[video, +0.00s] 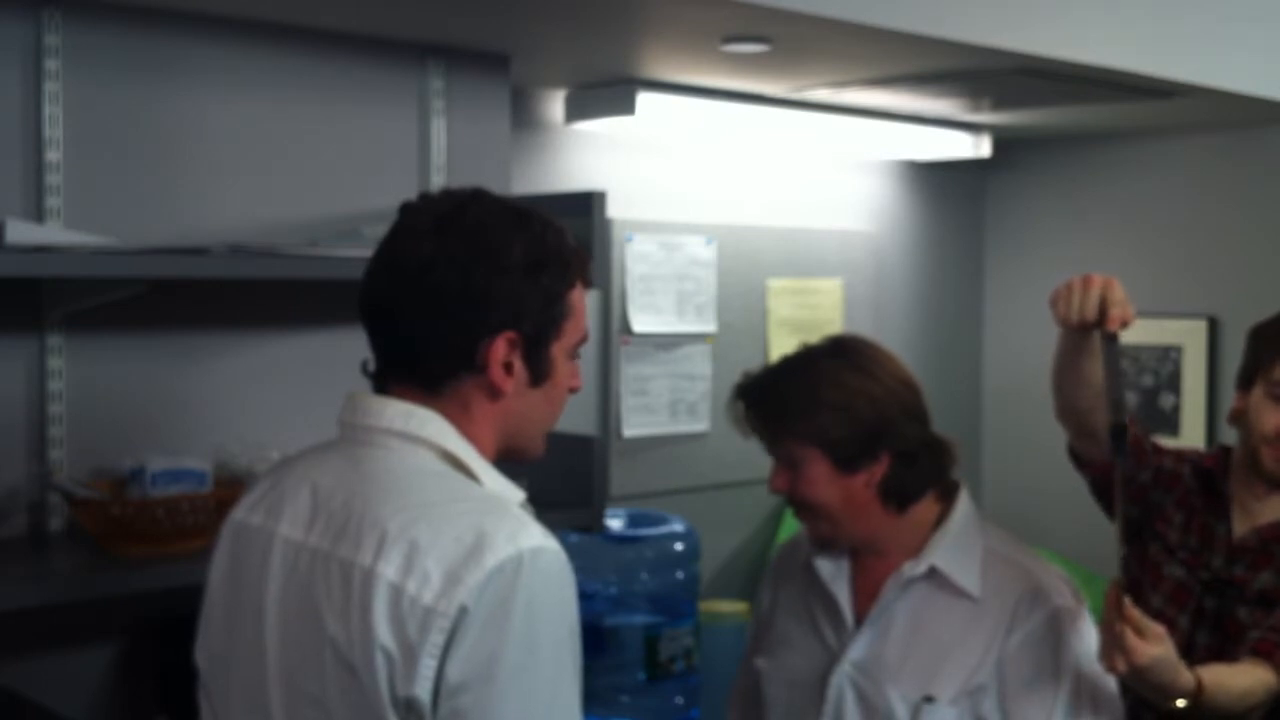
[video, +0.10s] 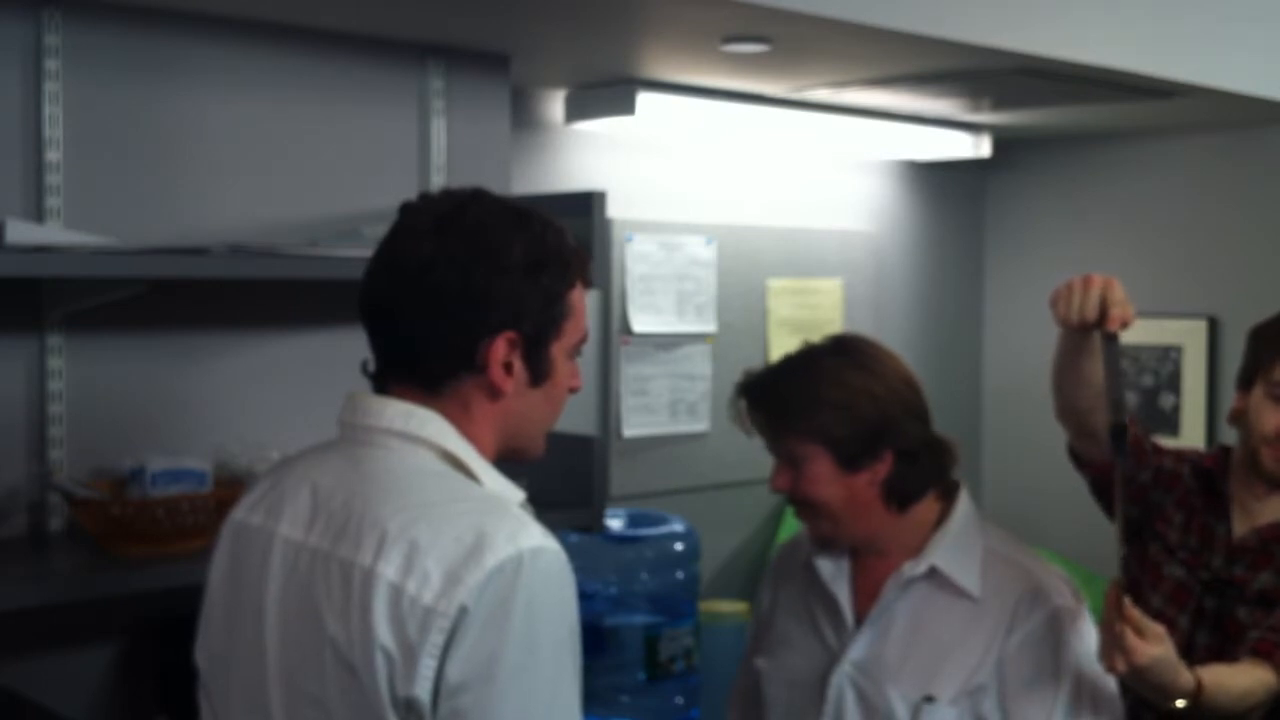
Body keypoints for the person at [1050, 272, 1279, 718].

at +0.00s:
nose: (1278, 421)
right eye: (1275, 396)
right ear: (1241, 401)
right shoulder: (1167, 485)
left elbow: (1267, 676)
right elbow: (1088, 427)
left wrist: (1185, 686)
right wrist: (1083, 328)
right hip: (1130, 703)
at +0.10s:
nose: (1278, 421)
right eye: (1275, 396)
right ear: (1241, 401)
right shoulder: (1167, 485)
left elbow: (1267, 676)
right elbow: (1088, 426)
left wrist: (1185, 686)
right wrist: (1083, 329)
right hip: (1131, 703)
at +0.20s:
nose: (1279, 422)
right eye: (1275, 396)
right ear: (1241, 401)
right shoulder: (1167, 485)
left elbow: (1267, 676)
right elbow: (1088, 426)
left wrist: (1185, 686)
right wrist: (1083, 329)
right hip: (1131, 703)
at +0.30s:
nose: (1279, 422)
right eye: (1275, 396)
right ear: (1241, 401)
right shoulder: (1167, 485)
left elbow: (1267, 676)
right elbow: (1089, 426)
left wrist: (1184, 685)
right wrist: (1084, 329)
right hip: (1134, 704)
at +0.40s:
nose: (1279, 422)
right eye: (1275, 396)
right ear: (1241, 401)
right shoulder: (1168, 485)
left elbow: (1267, 675)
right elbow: (1090, 426)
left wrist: (1185, 684)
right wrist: (1085, 329)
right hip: (1136, 704)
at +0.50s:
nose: (1279, 421)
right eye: (1275, 396)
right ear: (1241, 401)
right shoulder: (1168, 485)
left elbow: (1267, 676)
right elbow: (1090, 426)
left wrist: (1186, 684)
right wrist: (1085, 329)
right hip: (1136, 704)